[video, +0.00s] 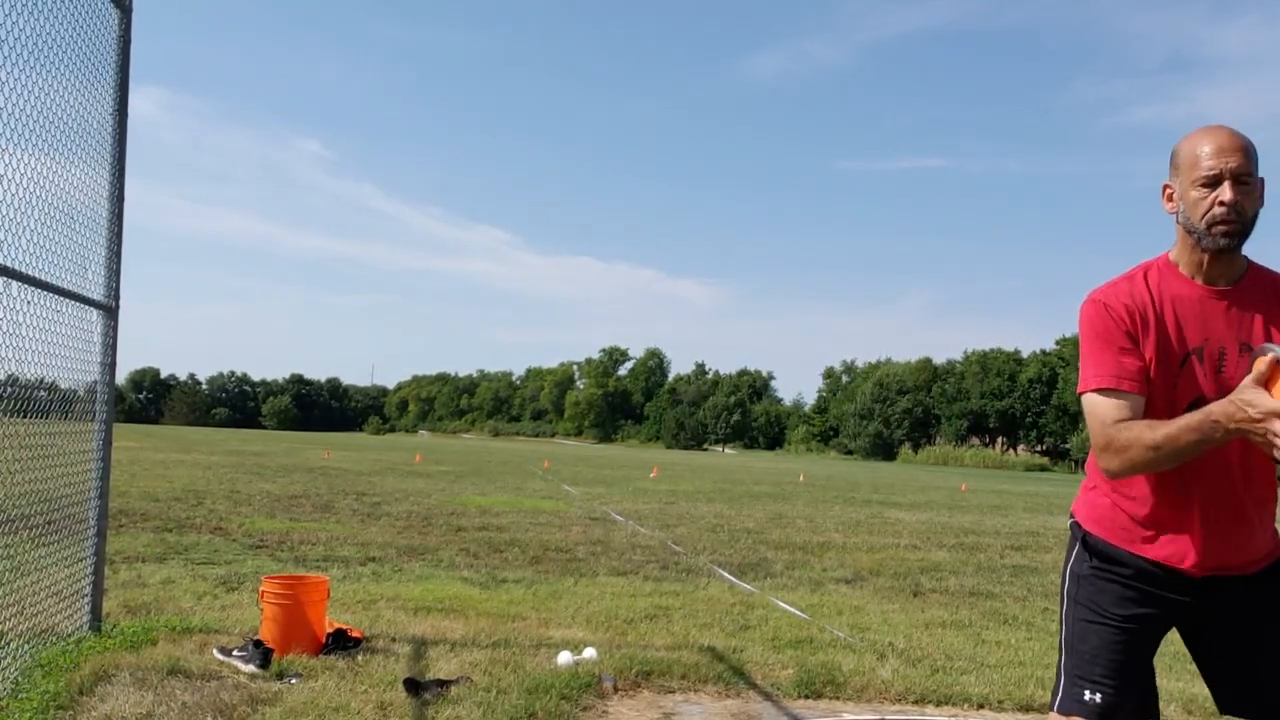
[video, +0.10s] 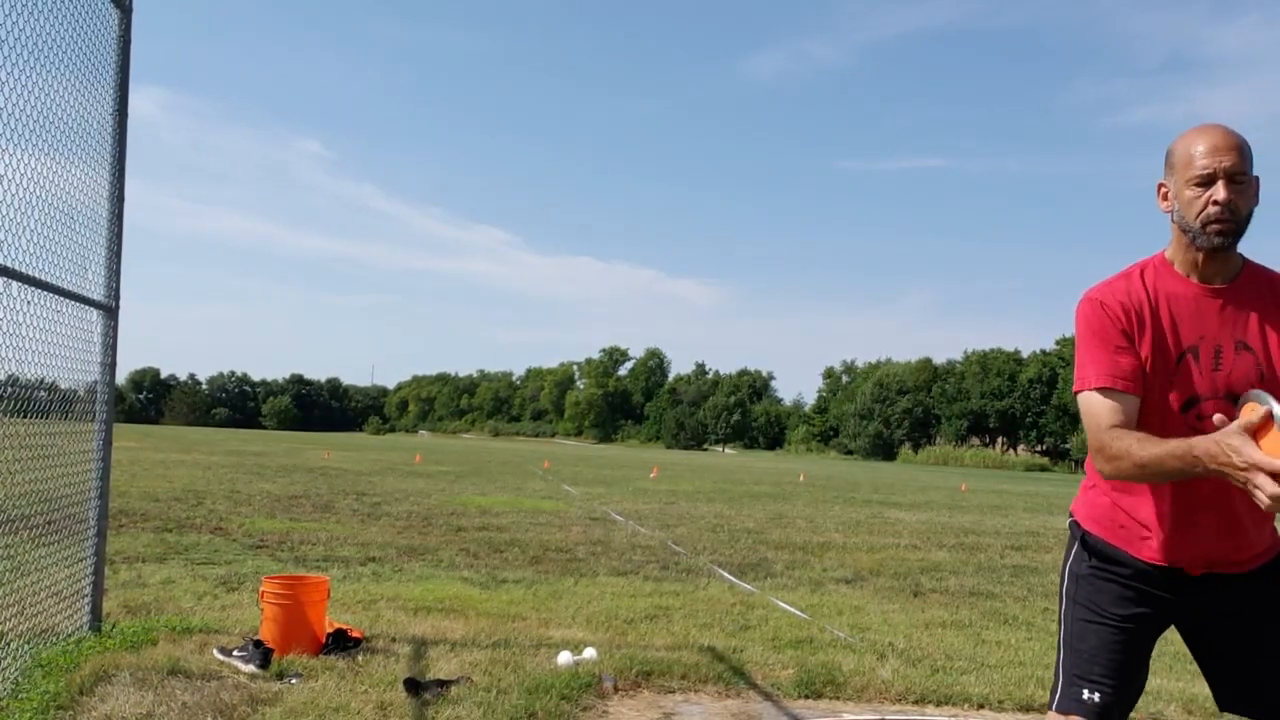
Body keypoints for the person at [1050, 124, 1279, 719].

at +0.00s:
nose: (1228, 195)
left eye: (1242, 180)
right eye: (1209, 182)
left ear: (1261, 193)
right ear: (1171, 199)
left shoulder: (1277, 301)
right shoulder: (1117, 306)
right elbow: (1112, 449)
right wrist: (1228, 417)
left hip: (1246, 568)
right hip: (1122, 563)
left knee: (1269, 704)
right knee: (1089, 711)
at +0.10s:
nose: (1223, 195)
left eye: (1236, 179)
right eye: (1203, 181)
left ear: (1256, 192)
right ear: (1166, 198)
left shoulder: (1277, 300)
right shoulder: (1113, 305)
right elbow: (1108, 449)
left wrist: (1269, 462)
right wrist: (1211, 454)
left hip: (1245, 562)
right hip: (1121, 558)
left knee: (1271, 703)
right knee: (1082, 710)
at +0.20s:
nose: (1220, 193)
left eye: (1233, 177)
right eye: (1201, 179)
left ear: (1253, 190)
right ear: (1164, 197)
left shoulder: (1276, 301)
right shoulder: (1114, 309)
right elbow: (1092, 452)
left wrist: (1275, 498)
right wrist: (1176, 520)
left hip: (1247, 570)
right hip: (1120, 563)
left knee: (1268, 705)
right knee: (1086, 711)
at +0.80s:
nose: (1227, 183)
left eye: (1241, 170)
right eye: (1209, 170)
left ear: (1259, 187)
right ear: (1172, 187)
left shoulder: (1275, 299)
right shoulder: (1122, 303)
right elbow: (1088, 449)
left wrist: (1270, 426)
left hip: (1256, 568)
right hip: (1134, 562)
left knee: (1269, 706)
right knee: (1099, 711)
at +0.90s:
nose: (1224, 174)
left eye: (1238, 164)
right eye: (1206, 163)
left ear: (1255, 183)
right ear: (1169, 183)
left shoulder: (1270, 282)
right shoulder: (1120, 290)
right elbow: (1118, 421)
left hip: (1260, 566)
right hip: (1138, 559)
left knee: (1274, 705)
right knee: (1097, 712)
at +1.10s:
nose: (1221, 166)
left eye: (1232, 158)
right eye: (1201, 158)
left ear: (1246, 183)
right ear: (1163, 186)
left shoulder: (1269, 293)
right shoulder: (1123, 295)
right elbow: (1127, 417)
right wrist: (1210, 322)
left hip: (1259, 567)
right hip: (1137, 561)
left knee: (1277, 703)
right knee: (1106, 711)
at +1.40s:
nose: (1229, 178)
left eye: (1238, 167)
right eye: (1209, 167)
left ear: (1250, 184)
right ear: (1164, 189)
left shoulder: (1266, 295)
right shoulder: (1125, 296)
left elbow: (1274, 450)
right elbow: (1178, 396)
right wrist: (1270, 307)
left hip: (1246, 559)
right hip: (1133, 558)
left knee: (1273, 701)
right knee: (1106, 711)